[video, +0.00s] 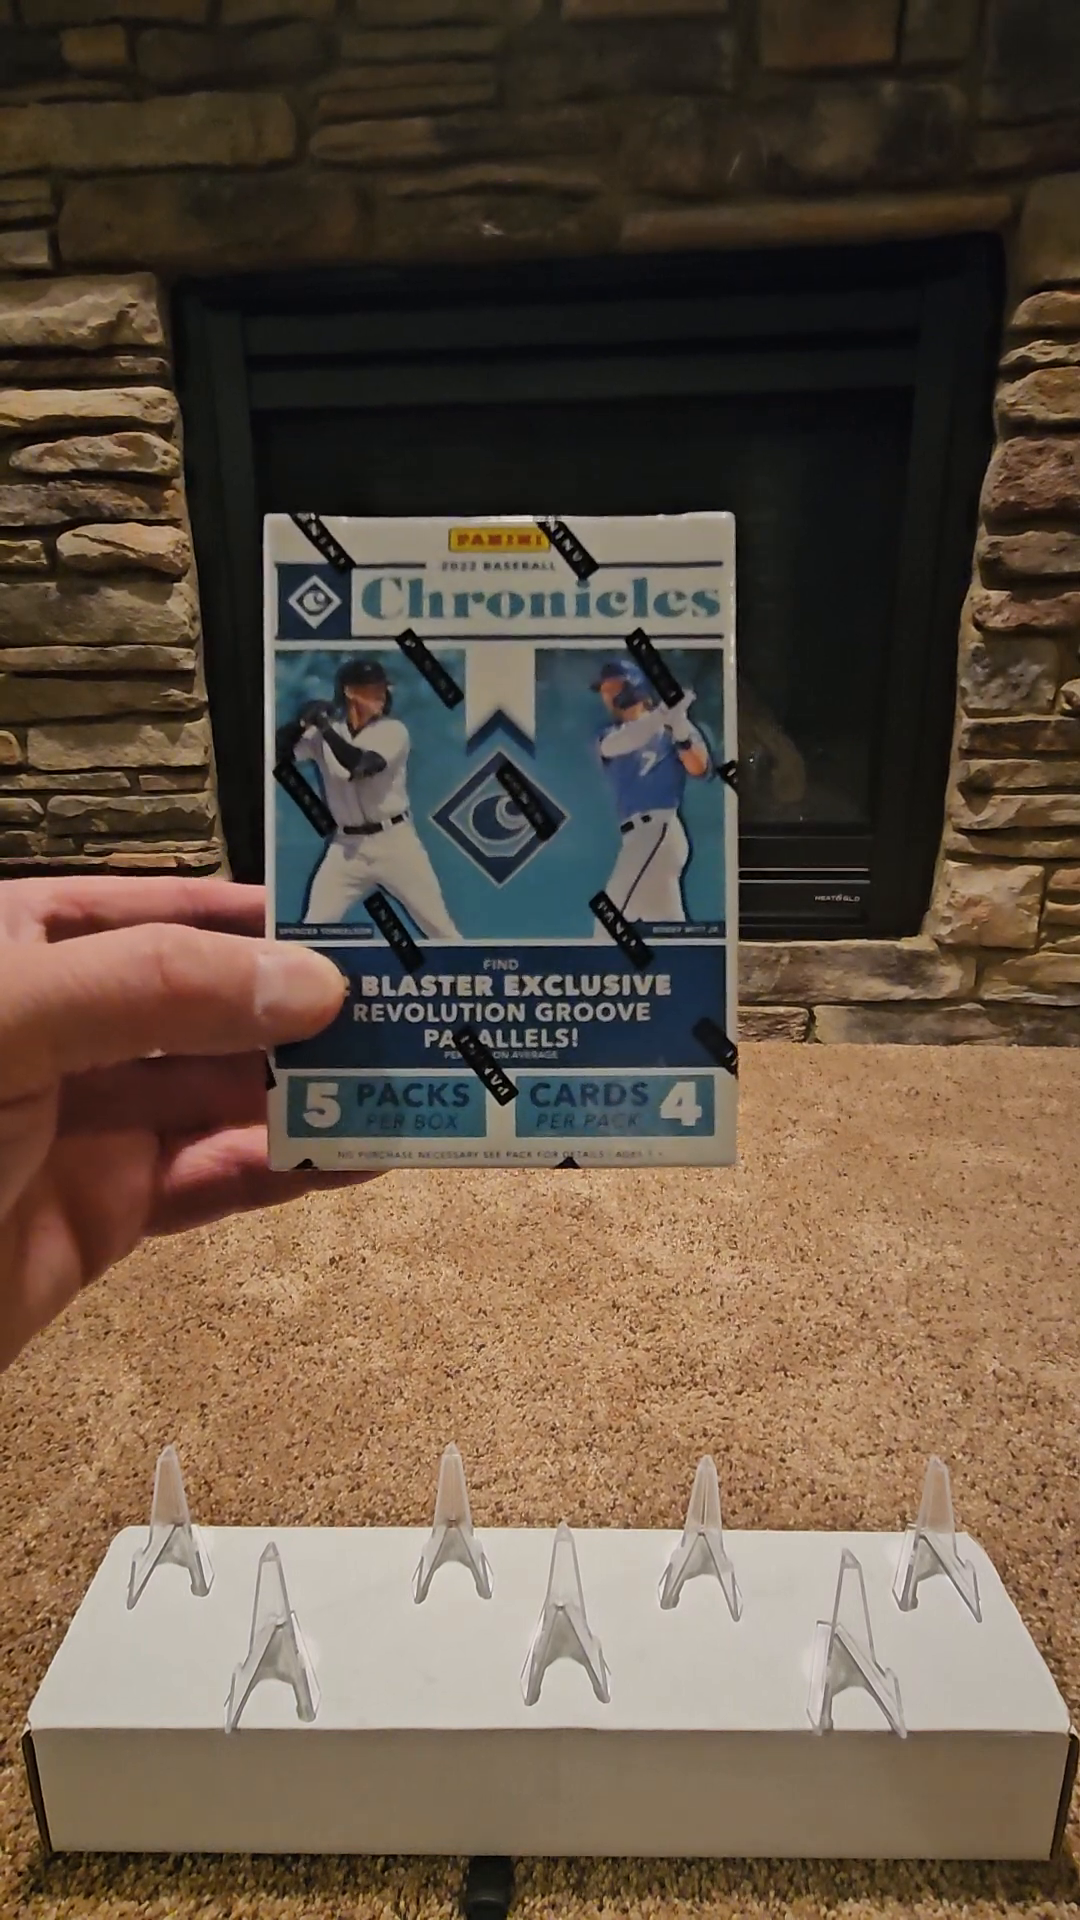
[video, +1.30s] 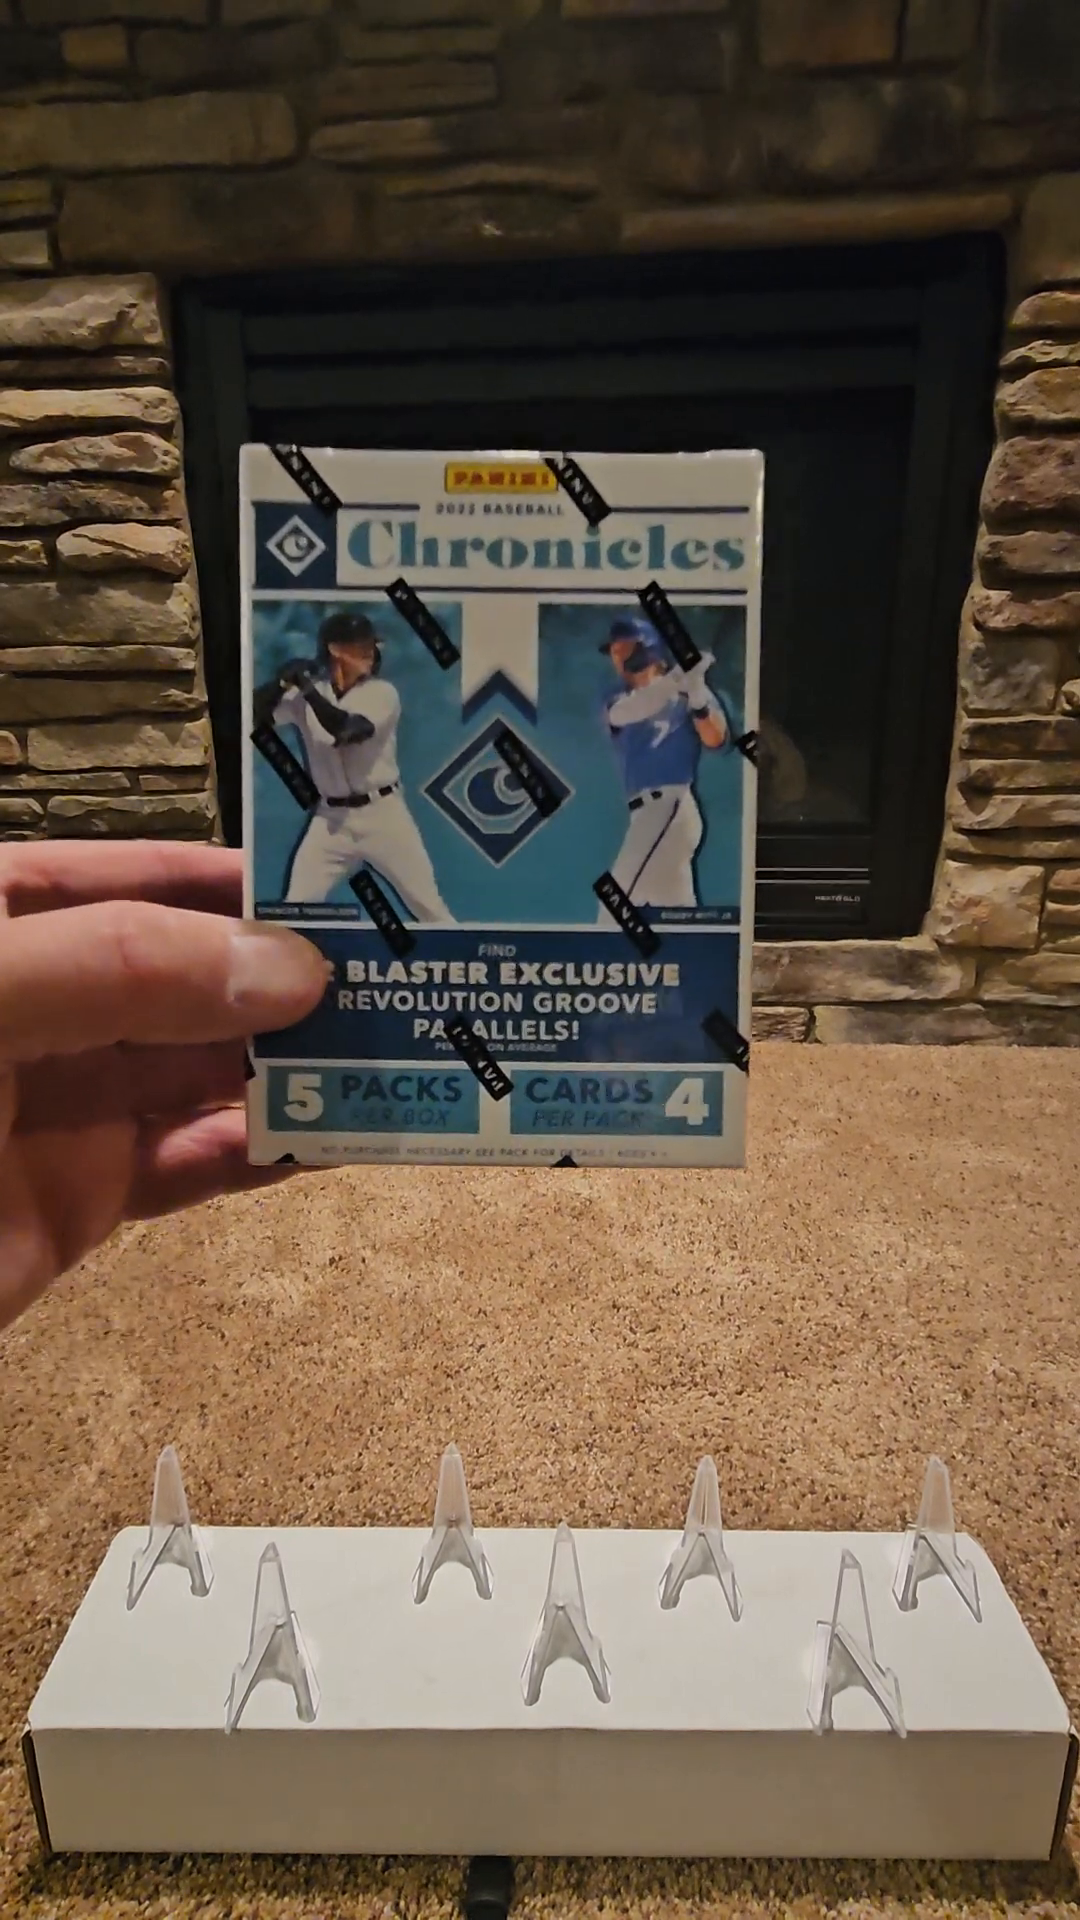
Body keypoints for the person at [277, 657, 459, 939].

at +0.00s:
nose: (381, 693)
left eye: (382, 687)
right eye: (372, 687)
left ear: (387, 691)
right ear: (350, 692)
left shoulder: (393, 731)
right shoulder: (323, 735)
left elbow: (359, 766)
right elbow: (279, 753)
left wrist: (324, 726)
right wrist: (300, 724)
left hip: (395, 843)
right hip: (346, 847)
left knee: (439, 928)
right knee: (314, 932)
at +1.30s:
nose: (371, 651)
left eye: (371, 644)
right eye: (361, 644)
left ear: (375, 649)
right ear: (335, 650)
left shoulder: (381, 693)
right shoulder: (303, 699)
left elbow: (344, 731)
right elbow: (255, 716)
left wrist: (307, 689)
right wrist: (282, 683)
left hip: (384, 816)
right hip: (330, 820)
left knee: (428, 906)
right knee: (297, 912)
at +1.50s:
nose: (336, 601)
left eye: (337, 594)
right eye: (326, 594)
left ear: (340, 599)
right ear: (300, 601)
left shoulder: (349, 645)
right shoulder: (266, 650)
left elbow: (311, 686)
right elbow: (216, 669)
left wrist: (270, 641)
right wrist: (243, 635)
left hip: (352, 774)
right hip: (296, 779)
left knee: (400, 871)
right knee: (261, 875)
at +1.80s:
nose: (342, 551)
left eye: (343, 543)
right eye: (331, 543)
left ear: (348, 550)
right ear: (304, 551)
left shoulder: (356, 600)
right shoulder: (269, 606)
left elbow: (317, 643)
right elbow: (213, 622)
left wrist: (272, 595)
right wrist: (243, 591)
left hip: (361, 738)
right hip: (301, 744)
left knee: (413, 840)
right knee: (265, 848)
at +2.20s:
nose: (368, 501)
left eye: (370, 492)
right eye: (356, 492)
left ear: (377, 498)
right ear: (327, 499)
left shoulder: (385, 553)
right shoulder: (290, 559)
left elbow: (341, 602)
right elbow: (227, 583)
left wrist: (292, 548)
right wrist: (261, 543)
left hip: (389, 708)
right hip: (323, 714)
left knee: (446, 824)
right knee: (282, 829)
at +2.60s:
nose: (374, 549)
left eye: (379, 541)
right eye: (362, 540)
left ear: (387, 549)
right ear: (337, 547)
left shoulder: (396, 599)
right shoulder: (304, 604)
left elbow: (355, 646)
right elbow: (245, 631)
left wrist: (306, 595)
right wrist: (274, 589)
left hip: (399, 747)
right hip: (334, 753)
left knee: (454, 861)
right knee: (294, 864)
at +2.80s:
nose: (371, 597)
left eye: (372, 589)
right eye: (360, 589)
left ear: (376, 595)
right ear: (330, 596)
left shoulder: (383, 646)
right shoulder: (294, 652)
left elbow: (342, 691)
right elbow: (238, 673)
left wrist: (296, 640)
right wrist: (266, 634)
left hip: (386, 791)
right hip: (323, 796)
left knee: (439, 899)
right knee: (282, 903)